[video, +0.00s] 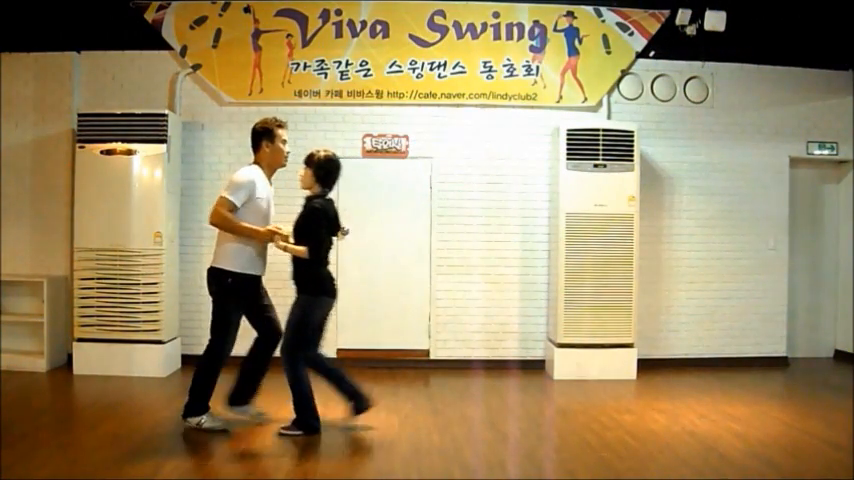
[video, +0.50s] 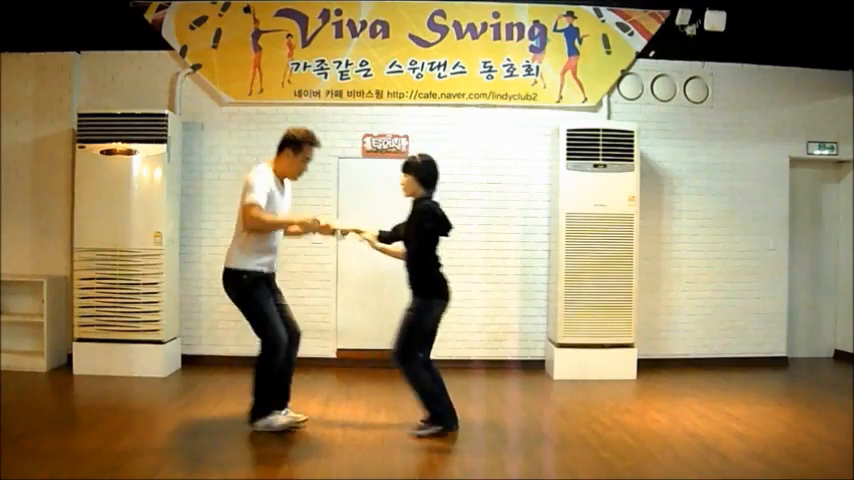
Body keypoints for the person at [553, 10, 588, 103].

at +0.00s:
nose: (567, 20)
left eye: (569, 18)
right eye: (567, 18)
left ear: (572, 18)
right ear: (567, 19)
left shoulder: (568, 29)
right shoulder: (576, 29)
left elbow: (555, 30)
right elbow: (580, 43)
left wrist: (557, 19)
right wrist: (582, 37)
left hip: (573, 54)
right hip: (574, 54)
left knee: (562, 73)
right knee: (574, 75)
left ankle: (559, 95)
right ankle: (584, 96)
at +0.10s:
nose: (567, 20)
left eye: (569, 18)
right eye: (567, 18)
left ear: (572, 19)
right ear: (567, 19)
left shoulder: (568, 29)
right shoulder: (576, 29)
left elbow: (555, 30)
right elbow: (580, 43)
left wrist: (556, 19)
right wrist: (582, 37)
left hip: (573, 54)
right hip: (574, 53)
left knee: (562, 72)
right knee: (574, 75)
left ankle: (559, 95)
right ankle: (584, 96)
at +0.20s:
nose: (567, 20)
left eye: (568, 18)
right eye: (566, 18)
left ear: (572, 19)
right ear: (567, 19)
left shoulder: (568, 29)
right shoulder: (576, 29)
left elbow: (555, 30)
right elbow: (580, 43)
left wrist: (557, 19)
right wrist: (582, 37)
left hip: (572, 54)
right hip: (574, 53)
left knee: (562, 72)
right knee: (574, 75)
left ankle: (559, 95)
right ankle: (584, 95)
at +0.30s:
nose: (567, 20)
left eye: (568, 18)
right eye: (566, 18)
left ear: (572, 19)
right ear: (567, 18)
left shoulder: (568, 29)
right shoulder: (576, 29)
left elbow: (555, 30)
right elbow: (580, 43)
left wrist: (557, 19)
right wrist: (582, 37)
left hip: (573, 54)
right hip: (574, 54)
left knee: (562, 72)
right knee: (574, 74)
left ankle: (559, 95)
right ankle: (584, 95)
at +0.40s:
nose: (567, 20)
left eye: (568, 18)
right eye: (566, 18)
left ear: (572, 19)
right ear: (567, 18)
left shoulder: (568, 29)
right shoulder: (576, 29)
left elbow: (555, 30)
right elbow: (580, 43)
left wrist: (557, 19)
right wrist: (582, 37)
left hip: (573, 54)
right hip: (574, 54)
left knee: (562, 72)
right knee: (574, 75)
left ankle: (559, 95)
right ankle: (584, 95)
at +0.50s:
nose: (566, 19)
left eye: (568, 18)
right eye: (566, 18)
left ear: (571, 18)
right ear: (569, 19)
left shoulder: (567, 29)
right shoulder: (576, 29)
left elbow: (555, 30)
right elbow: (579, 43)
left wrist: (556, 19)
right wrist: (582, 37)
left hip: (572, 54)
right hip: (575, 54)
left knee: (562, 72)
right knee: (574, 75)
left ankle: (559, 95)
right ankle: (584, 95)